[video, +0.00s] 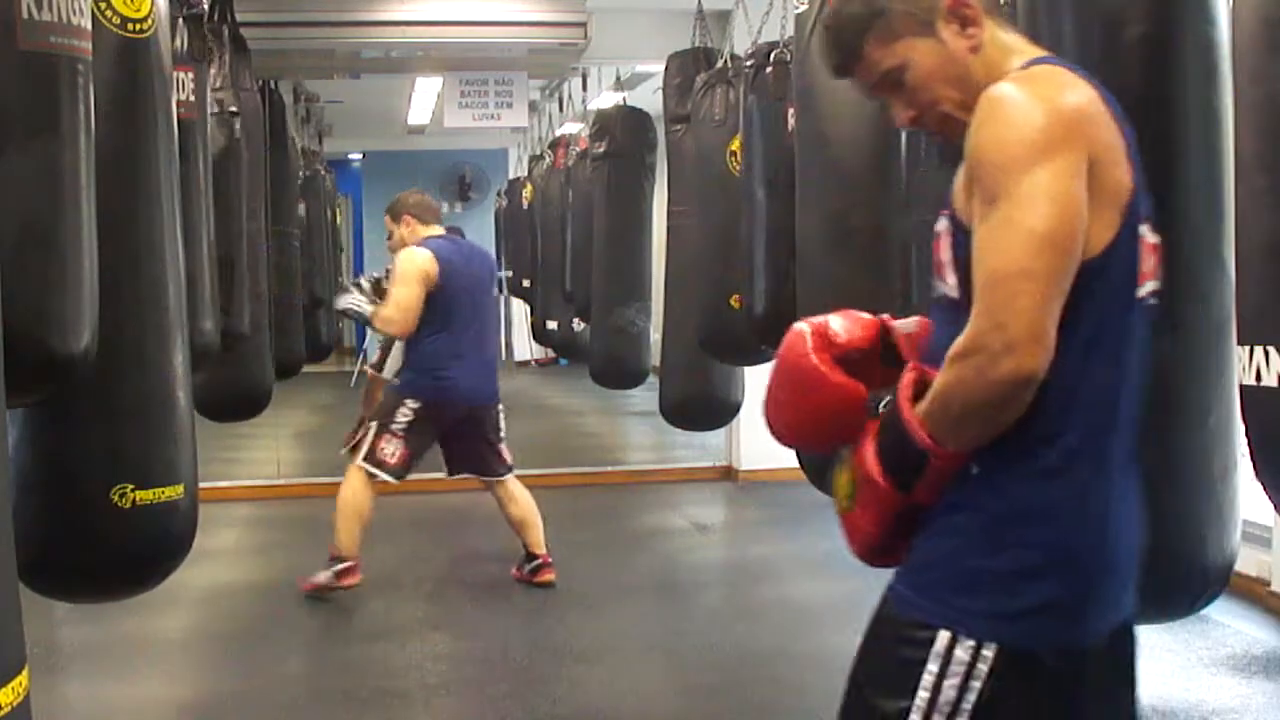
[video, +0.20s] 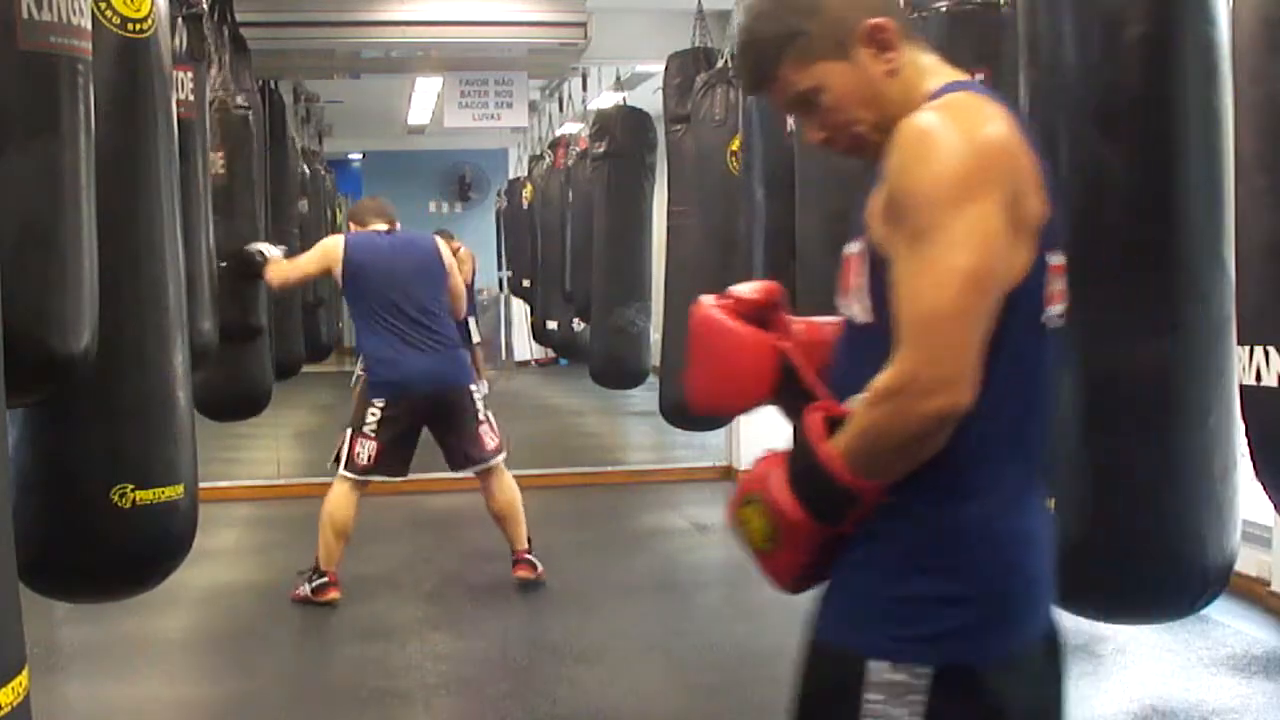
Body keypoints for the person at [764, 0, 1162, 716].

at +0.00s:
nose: (901, 116)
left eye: (899, 80)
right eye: (883, 99)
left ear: (962, 22)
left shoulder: (1023, 110)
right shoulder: (1066, 101)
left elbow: (1008, 355)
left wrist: (894, 458)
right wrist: (896, 345)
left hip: (1002, 572)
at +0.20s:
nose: (809, 135)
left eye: (812, 101)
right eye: (793, 117)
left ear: (880, 42)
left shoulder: (943, 139)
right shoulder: (965, 126)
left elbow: (934, 385)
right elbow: (931, 337)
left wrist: (811, 488)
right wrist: (794, 343)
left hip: (926, 595)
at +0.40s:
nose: (702, 131)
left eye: (698, 102)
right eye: (687, 112)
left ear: (765, 44)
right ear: (769, 45)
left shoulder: (814, 134)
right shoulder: (878, 114)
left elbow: (802, 395)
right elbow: (870, 334)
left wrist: (703, 478)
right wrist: (715, 344)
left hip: (831, 559)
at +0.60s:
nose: (638, 136)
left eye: (632, 106)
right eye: (619, 118)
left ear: (696, 51)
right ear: (700, 52)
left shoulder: (744, 137)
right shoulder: (825, 115)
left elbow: (724, 398)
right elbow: (815, 347)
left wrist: (639, 488)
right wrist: (664, 357)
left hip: (780, 551)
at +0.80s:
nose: (610, 127)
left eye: (609, 95)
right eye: (595, 107)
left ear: (680, 42)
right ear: (685, 44)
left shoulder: (722, 146)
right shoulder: (801, 115)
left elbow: (674, 396)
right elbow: (798, 312)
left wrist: (544, 513)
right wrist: (668, 322)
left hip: (749, 547)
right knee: (814, 706)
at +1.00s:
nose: (608, 121)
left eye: (607, 90)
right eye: (593, 102)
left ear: (677, 39)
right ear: (682, 42)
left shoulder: (723, 136)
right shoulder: (796, 116)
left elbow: (657, 375)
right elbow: (780, 323)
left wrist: (523, 470)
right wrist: (650, 309)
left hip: (742, 546)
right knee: (819, 705)